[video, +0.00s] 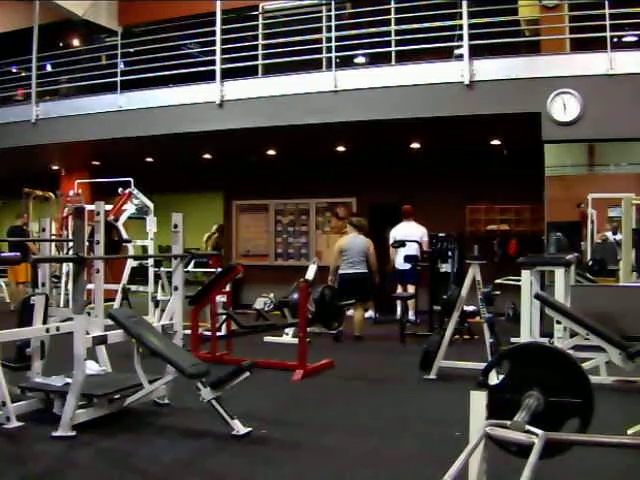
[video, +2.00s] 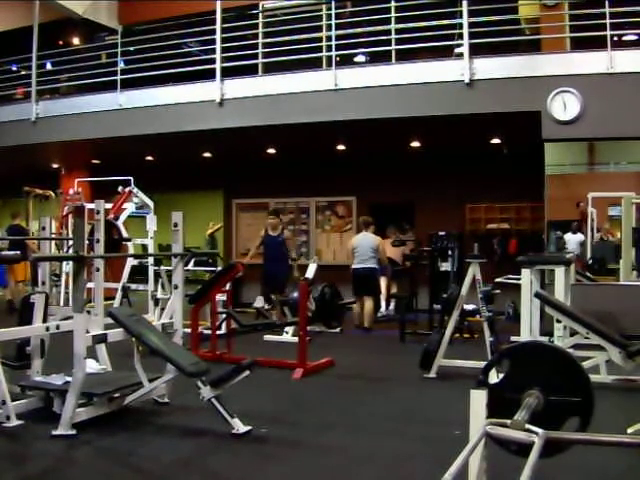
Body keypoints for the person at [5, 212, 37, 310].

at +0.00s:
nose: (27, 220)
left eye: (27, 218)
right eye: (27, 218)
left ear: (17, 218)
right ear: (24, 217)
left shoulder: (10, 230)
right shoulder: (24, 231)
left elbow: (10, 244)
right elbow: (30, 244)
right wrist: (36, 252)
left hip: (11, 260)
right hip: (23, 259)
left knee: (12, 284)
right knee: (21, 284)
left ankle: (13, 303)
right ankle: (21, 304)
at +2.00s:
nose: (21, 218)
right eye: (21, 216)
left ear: (12, 217)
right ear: (20, 217)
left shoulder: (9, 229)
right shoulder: (23, 230)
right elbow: (29, 243)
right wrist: (36, 250)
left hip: (10, 258)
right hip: (21, 258)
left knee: (11, 281)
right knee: (20, 282)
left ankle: (10, 299)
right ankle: (20, 302)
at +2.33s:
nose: (21, 220)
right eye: (21, 218)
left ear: (12, 217)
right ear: (20, 218)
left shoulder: (7, 228)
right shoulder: (22, 230)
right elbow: (30, 243)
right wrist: (36, 250)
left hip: (9, 258)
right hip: (21, 257)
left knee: (10, 282)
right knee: (19, 282)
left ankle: (10, 301)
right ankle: (18, 302)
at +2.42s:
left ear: (10, 218)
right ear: (20, 217)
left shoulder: (8, 228)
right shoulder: (22, 229)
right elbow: (29, 242)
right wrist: (36, 251)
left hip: (10, 258)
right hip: (21, 258)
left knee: (11, 282)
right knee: (20, 281)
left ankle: (11, 300)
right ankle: (21, 301)